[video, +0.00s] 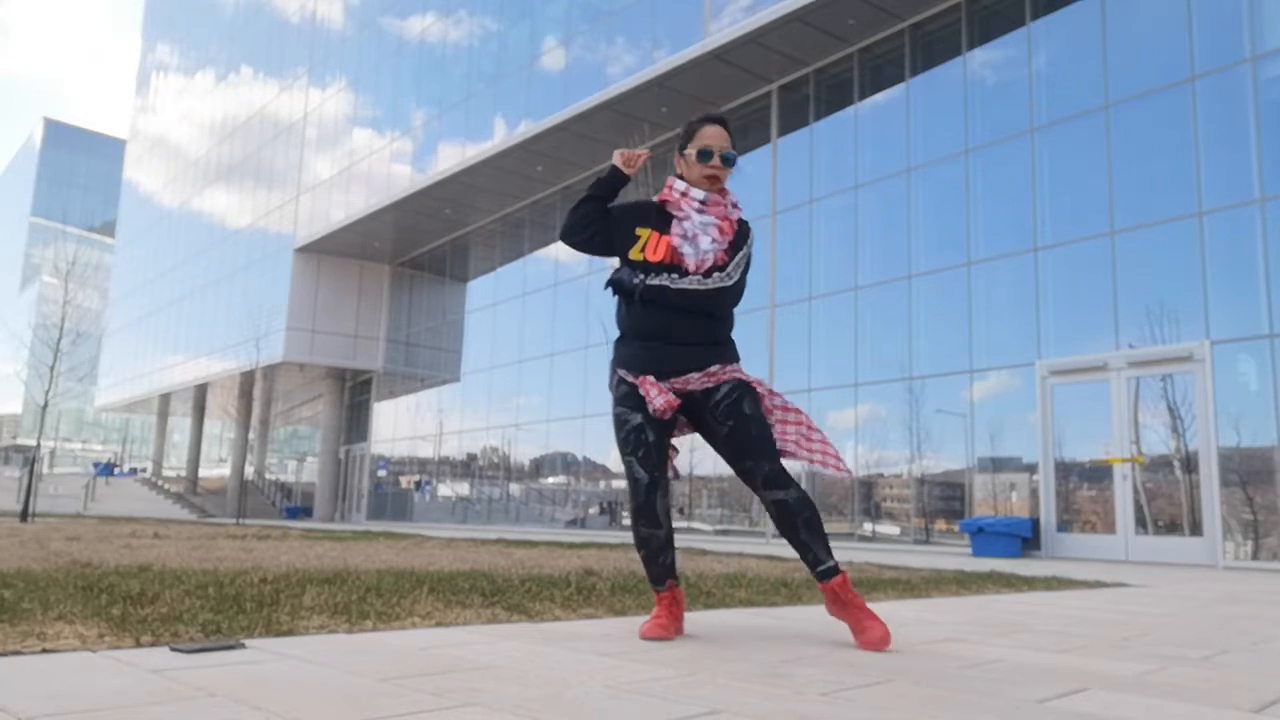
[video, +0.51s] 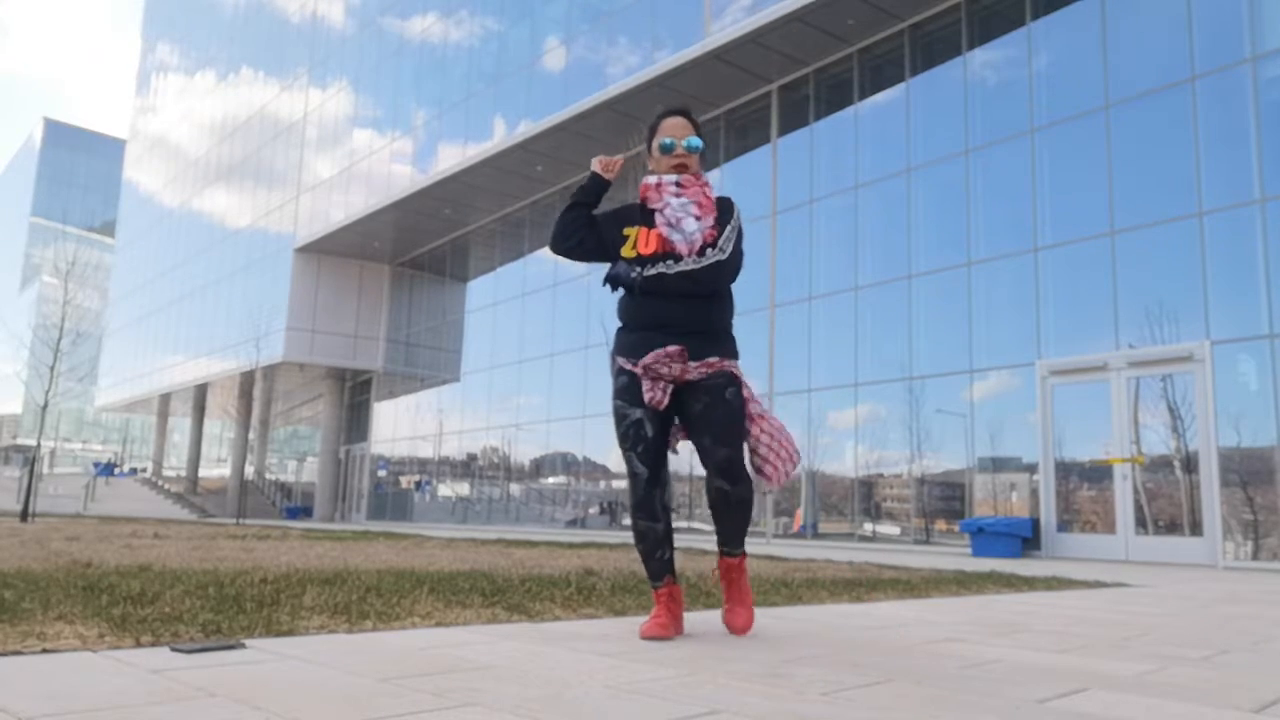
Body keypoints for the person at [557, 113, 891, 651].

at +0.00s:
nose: (716, 165)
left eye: (726, 158)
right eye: (705, 154)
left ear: (733, 167)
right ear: (680, 160)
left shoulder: (735, 228)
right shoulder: (640, 218)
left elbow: (724, 287)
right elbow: (575, 232)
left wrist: (632, 279)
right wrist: (614, 177)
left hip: (711, 367)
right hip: (640, 370)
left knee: (771, 476)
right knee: (645, 485)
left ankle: (839, 592)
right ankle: (667, 600)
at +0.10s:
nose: (705, 163)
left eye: (716, 155)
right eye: (693, 152)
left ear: (725, 165)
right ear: (671, 161)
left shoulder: (729, 225)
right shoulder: (637, 218)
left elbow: (721, 284)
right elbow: (574, 231)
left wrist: (632, 279)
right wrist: (611, 176)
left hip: (707, 367)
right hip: (637, 370)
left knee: (747, 472)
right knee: (643, 485)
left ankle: (787, 579)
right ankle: (665, 600)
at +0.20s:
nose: (697, 160)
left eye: (708, 153)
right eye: (684, 151)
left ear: (718, 162)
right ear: (664, 160)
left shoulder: (729, 220)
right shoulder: (637, 219)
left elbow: (721, 277)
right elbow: (573, 232)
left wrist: (637, 278)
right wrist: (611, 177)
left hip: (704, 367)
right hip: (636, 367)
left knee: (707, 469)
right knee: (641, 484)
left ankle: (725, 564)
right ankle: (664, 599)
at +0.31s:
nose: (689, 159)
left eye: (700, 151)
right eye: (676, 150)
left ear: (711, 160)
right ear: (657, 160)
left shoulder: (726, 215)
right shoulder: (636, 222)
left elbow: (726, 269)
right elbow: (572, 237)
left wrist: (641, 276)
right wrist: (607, 181)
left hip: (702, 369)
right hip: (634, 367)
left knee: (678, 469)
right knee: (638, 481)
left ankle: (693, 571)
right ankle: (662, 596)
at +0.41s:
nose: (684, 155)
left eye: (693, 147)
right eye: (671, 147)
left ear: (705, 157)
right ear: (652, 160)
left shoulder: (723, 212)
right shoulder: (633, 222)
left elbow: (726, 268)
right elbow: (571, 242)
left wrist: (638, 275)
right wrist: (603, 184)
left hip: (704, 364)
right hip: (638, 363)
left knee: (686, 472)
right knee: (643, 479)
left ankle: (699, 569)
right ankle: (663, 596)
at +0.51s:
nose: (681, 155)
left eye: (691, 147)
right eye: (668, 147)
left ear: (703, 157)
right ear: (650, 158)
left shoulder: (720, 210)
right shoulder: (629, 219)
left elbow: (720, 268)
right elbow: (566, 240)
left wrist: (634, 274)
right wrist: (596, 183)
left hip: (707, 355)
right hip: (639, 359)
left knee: (728, 468)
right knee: (646, 478)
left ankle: (732, 569)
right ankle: (665, 596)